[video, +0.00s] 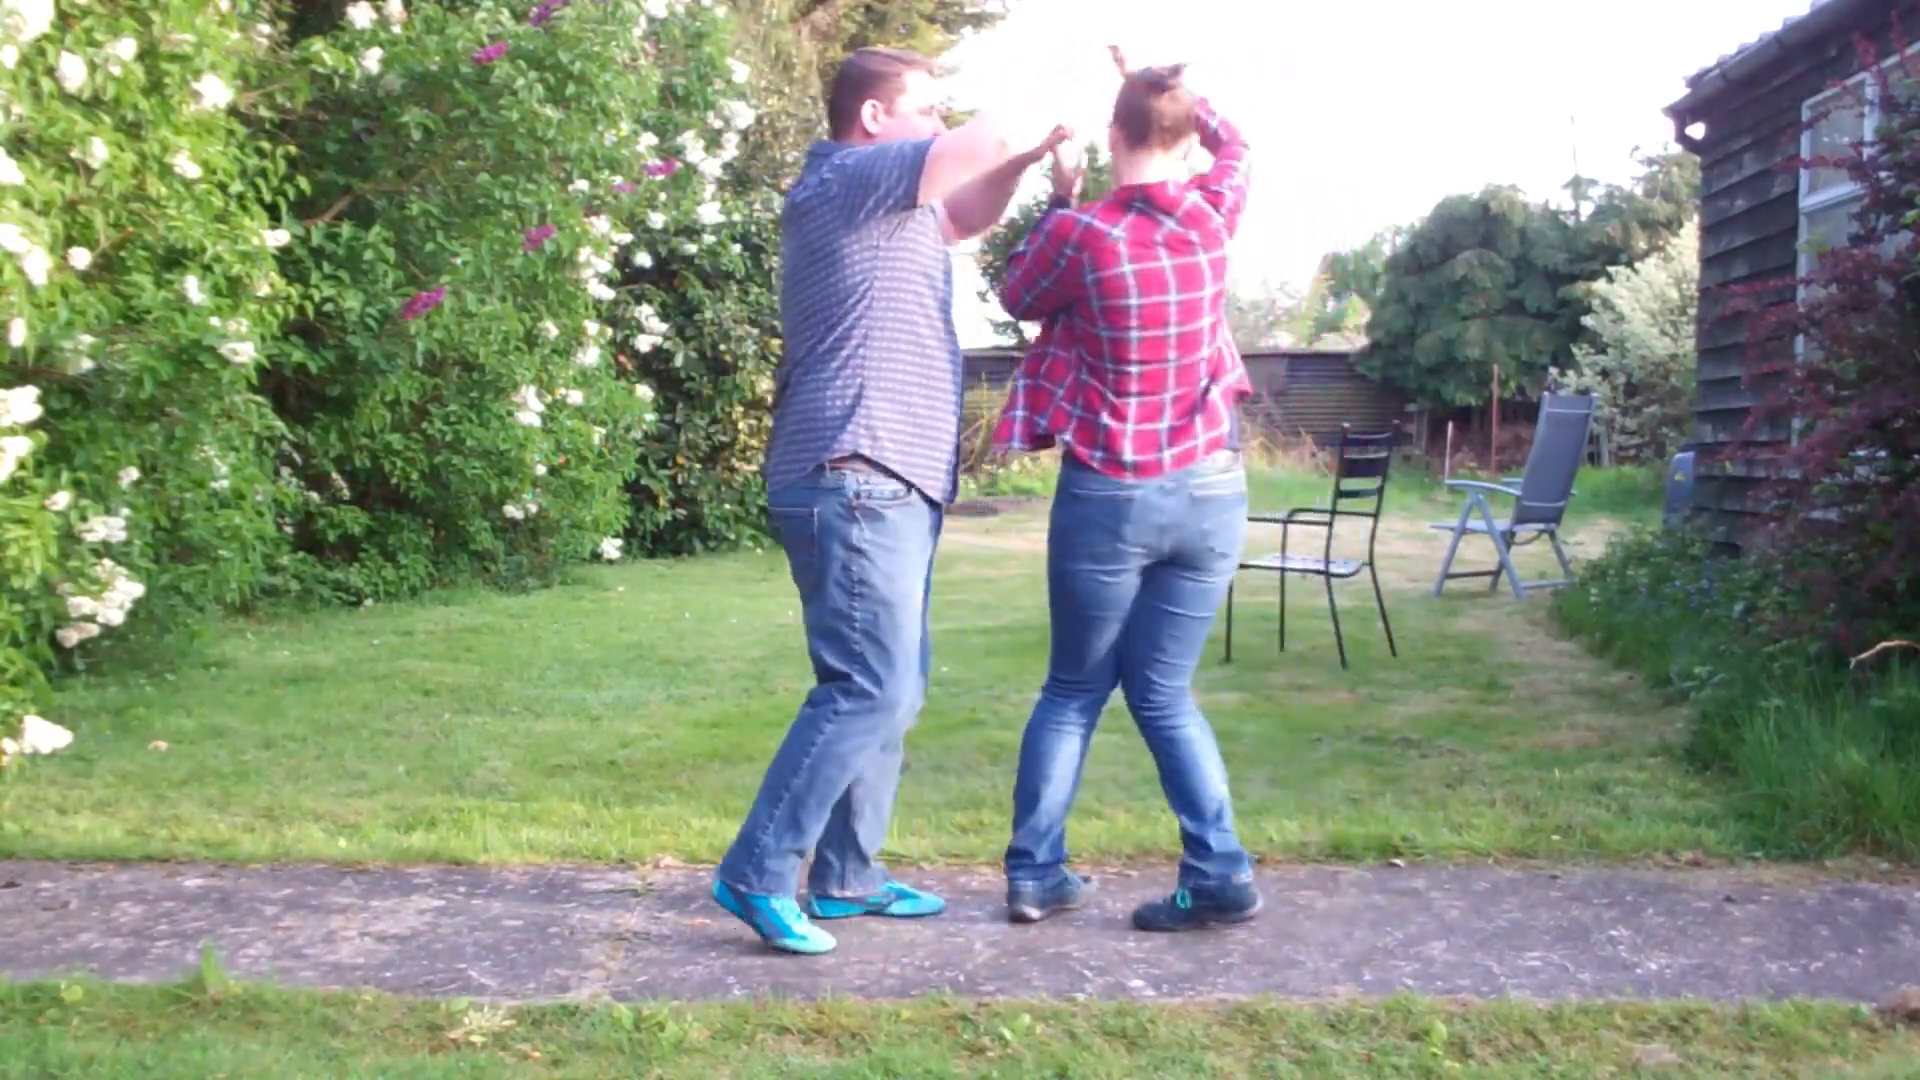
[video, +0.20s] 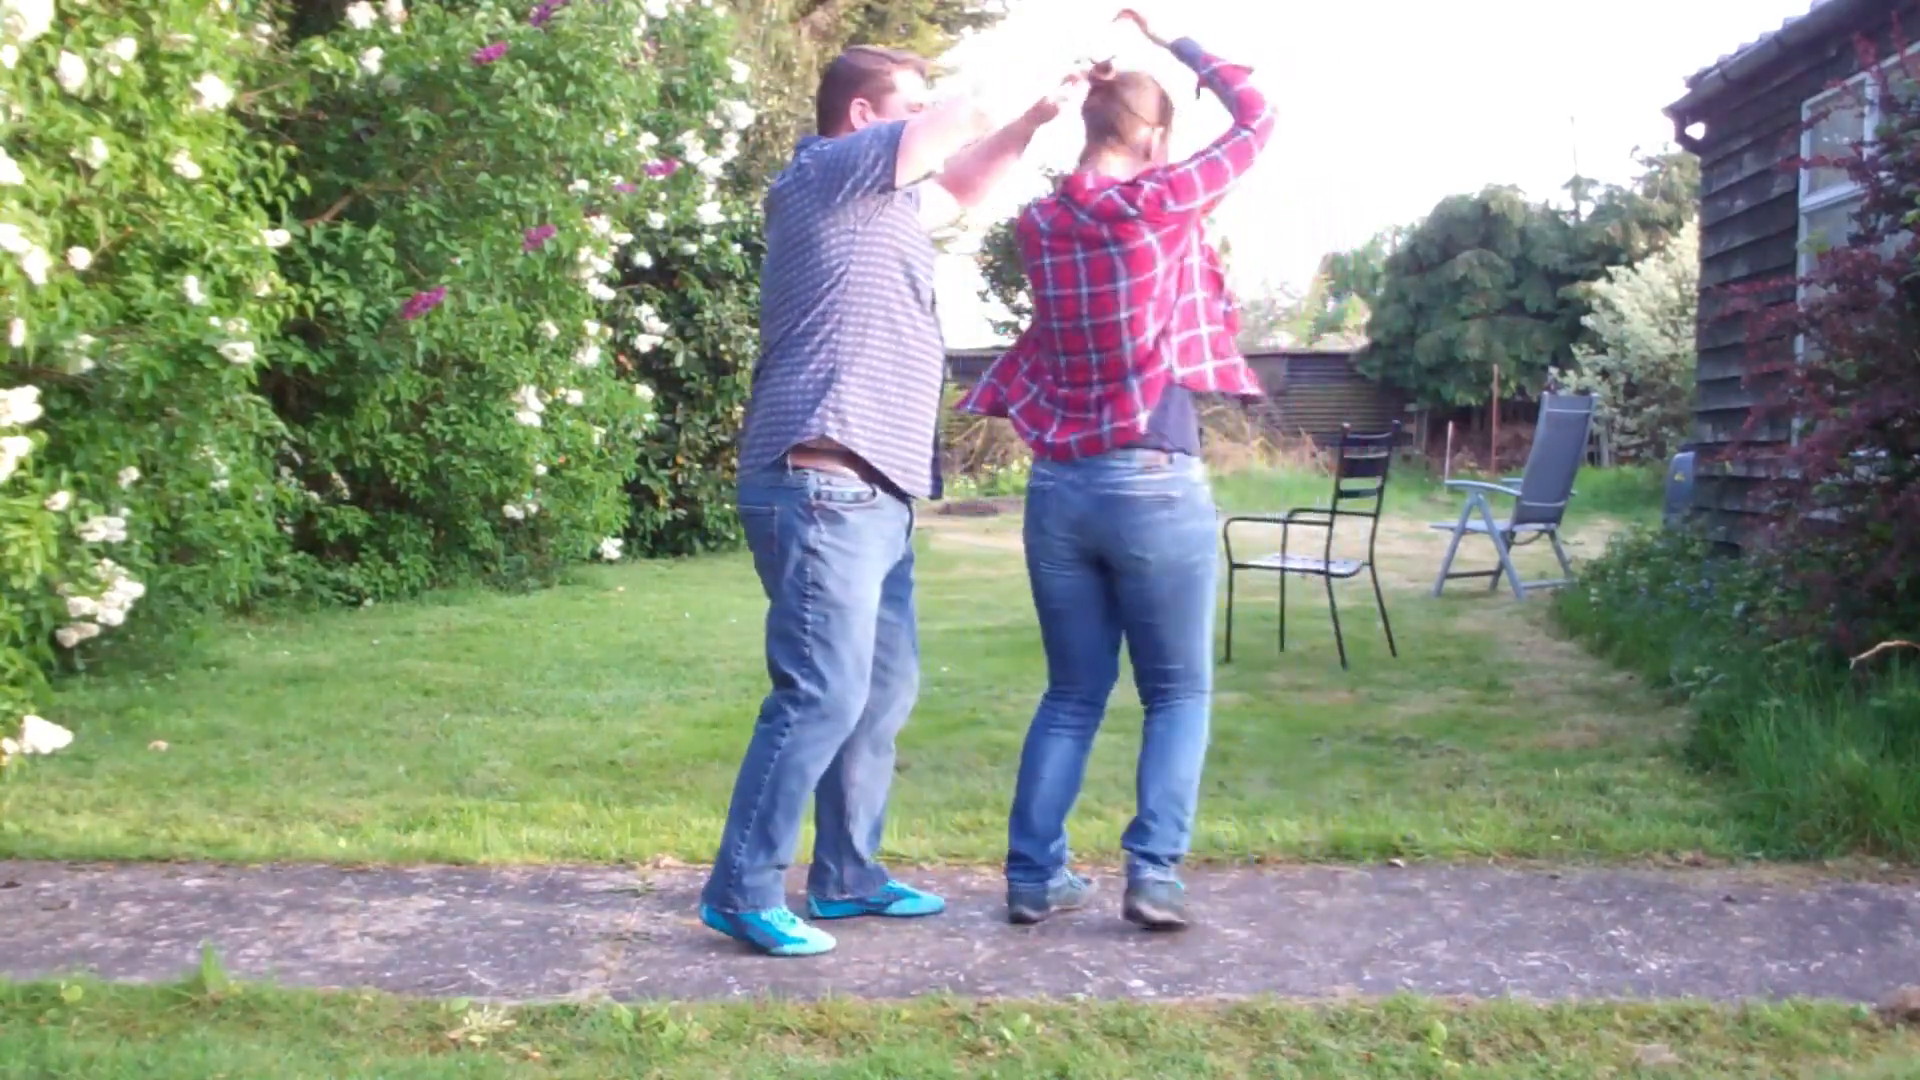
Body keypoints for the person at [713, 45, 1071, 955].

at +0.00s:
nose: (939, 124)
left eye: (937, 110)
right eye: (925, 110)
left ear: (871, 115)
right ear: (874, 114)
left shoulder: (887, 195)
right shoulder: (840, 179)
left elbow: (961, 215)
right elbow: (971, 146)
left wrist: (1027, 159)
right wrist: (1028, 126)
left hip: (895, 480)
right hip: (854, 476)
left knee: (892, 688)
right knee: (871, 689)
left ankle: (845, 873)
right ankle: (757, 871)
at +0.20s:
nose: (927, 118)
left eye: (927, 106)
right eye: (914, 104)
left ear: (870, 114)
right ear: (863, 111)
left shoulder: (888, 196)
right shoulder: (820, 173)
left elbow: (971, 179)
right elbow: (944, 129)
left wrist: (1038, 115)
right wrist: (993, 93)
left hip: (881, 496)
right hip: (818, 485)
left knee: (885, 687)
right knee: (822, 694)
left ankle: (846, 874)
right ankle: (741, 891)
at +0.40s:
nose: (921, 121)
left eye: (923, 107)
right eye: (907, 105)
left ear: (903, 123)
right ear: (851, 106)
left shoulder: (893, 200)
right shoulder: (800, 172)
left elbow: (976, 146)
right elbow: (924, 111)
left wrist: (1052, 66)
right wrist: (994, 46)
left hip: (869, 502)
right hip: (797, 491)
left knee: (872, 684)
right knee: (805, 694)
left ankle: (820, 869)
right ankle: (739, 895)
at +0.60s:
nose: (919, 132)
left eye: (921, 120)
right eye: (908, 116)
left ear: (874, 118)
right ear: (851, 113)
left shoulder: (891, 192)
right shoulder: (787, 184)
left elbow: (982, 133)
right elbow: (887, 167)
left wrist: (1043, 64)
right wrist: (997, 74)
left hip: (869, 488)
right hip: (799, 483)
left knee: (849, 690)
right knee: (815, 687)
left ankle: (803, 871)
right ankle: (744, 886)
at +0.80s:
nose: (923, 134)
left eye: (924, 119)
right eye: (911, 118)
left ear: (873, 124)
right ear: (855, 121)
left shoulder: (891, 189)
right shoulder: (800, 206)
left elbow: (985, 144)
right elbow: (830, 321)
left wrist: (1031, 64)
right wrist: (953, 326)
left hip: (858, 474)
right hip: (801, 471)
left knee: (806, 668)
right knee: (877, 659)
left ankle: (787, 857)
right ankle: (790, 864)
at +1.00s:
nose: (936, 143)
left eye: (935, 126)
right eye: (923, 124)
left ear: (875, 123)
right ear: (867, 123)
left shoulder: (897, 196)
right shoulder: (831, 209)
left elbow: (994, 204)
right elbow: (869, 365)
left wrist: (1033, 153)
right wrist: (957, 419)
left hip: (852, 470)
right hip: (811, 470)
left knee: (805, 679)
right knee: (880, 666)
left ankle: (788, 879)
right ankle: (880, 883)